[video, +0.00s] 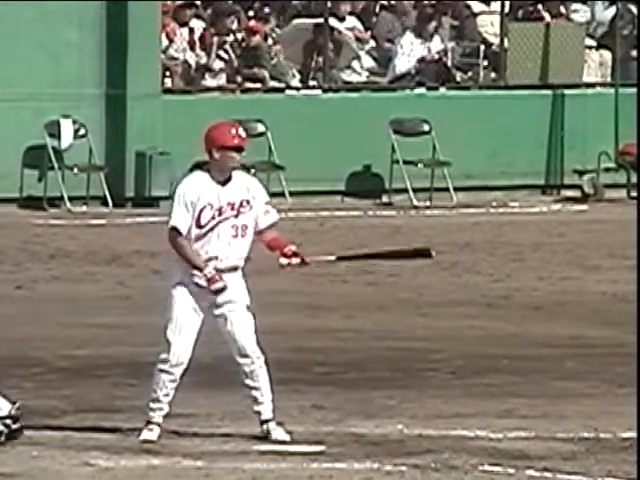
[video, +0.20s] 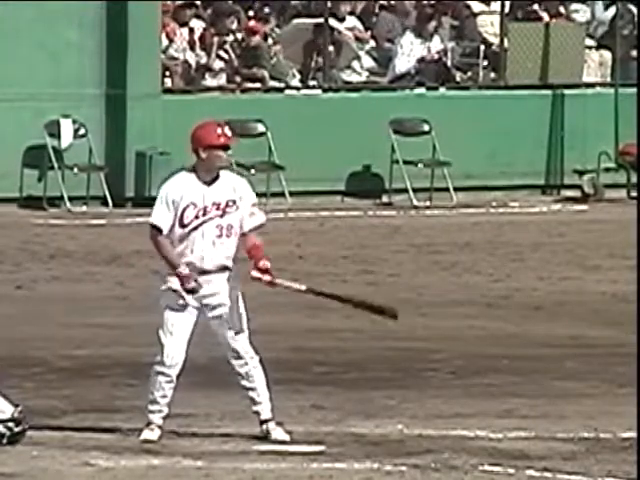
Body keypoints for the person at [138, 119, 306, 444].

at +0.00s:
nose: (238, 155)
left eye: (239, 150)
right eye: (232, 150)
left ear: (239, 152)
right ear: (213, 153)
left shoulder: (248, 184)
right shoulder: (191, 186)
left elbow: (266, 229)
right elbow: (176, 235)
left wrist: (284, 249)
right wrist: (202, 267)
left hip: (232, 280)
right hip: (192, 280)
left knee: (248, 351)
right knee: (176, 354)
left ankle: (268, 420)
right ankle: (154, 421)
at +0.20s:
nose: (227, 154)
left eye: (227, 148)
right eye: (220, 149)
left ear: (222, 151)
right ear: (202, 152)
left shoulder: (237, 185)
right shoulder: (175, 187)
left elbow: (247, 231)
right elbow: (157, 233)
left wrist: (259, 259)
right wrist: (179, 269)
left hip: (222, 281)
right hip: (182, 281)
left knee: (242, 353)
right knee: (169, 358)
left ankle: (267, 421)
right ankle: (154, 421)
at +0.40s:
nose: (218, 152)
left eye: (219, 146)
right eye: (211, 147)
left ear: (218, 149)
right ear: (193, 151)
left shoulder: (229, 184)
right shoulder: (167, 185)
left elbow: (232, 236)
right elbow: (147, 228)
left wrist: (221, 273)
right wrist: (161, 268)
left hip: (218, 277)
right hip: (178, 279)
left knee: (239, 350)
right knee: (167, 357)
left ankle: (267, 419)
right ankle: (154, 421)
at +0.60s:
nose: (221, 150)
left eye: (221, 145)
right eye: (213, 146)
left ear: (221, 148)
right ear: (195, 150)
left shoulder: (231, 184)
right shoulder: (168, 184)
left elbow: (229, 233)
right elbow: (152, 224)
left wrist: (197, 266)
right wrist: (162, 259)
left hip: (221, 279)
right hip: (180, 280)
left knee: (241, 351)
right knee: (169, 357)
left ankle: (267, 421)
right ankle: (155, 421)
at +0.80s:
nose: (222, 150)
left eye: (223, 144)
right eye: (215, 145)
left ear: (222, 147)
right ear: (196, 149)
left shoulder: (233, 182)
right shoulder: (169, 182)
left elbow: (229, 230)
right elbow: (155, 225)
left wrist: (187, 236)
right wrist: (159, 235)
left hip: (221, 276)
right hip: (182, 278)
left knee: (241, 350)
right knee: (170, 356)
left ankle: (267, 421)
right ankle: (155, 421)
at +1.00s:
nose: (222, 149)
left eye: (223, 144)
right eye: (215, 145)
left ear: (223, 146)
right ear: (197, 148)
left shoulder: (235, 181)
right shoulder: (173, 182)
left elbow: (238, 227)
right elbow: (155, 232)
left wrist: (207, 219)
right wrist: (174, 217)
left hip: (222, 274)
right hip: (183, 276)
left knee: (241, 350)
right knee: (171, 355)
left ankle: (268, 421)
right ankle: (155, 421)